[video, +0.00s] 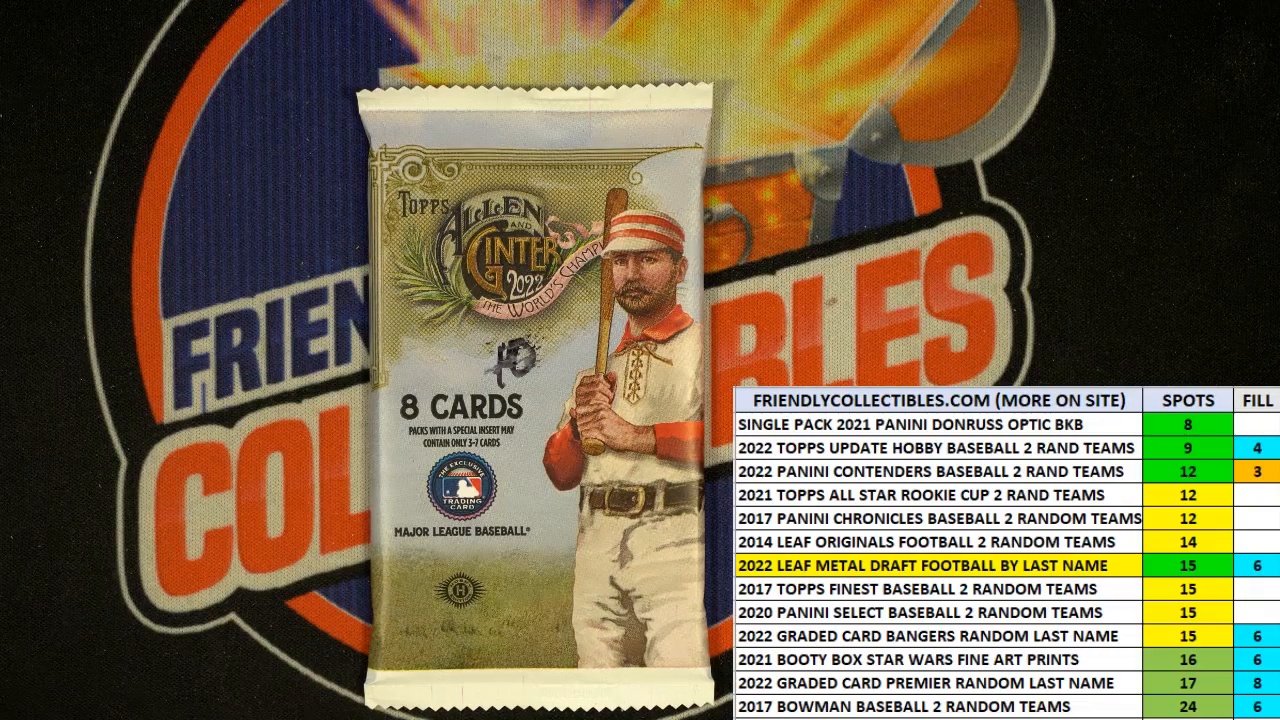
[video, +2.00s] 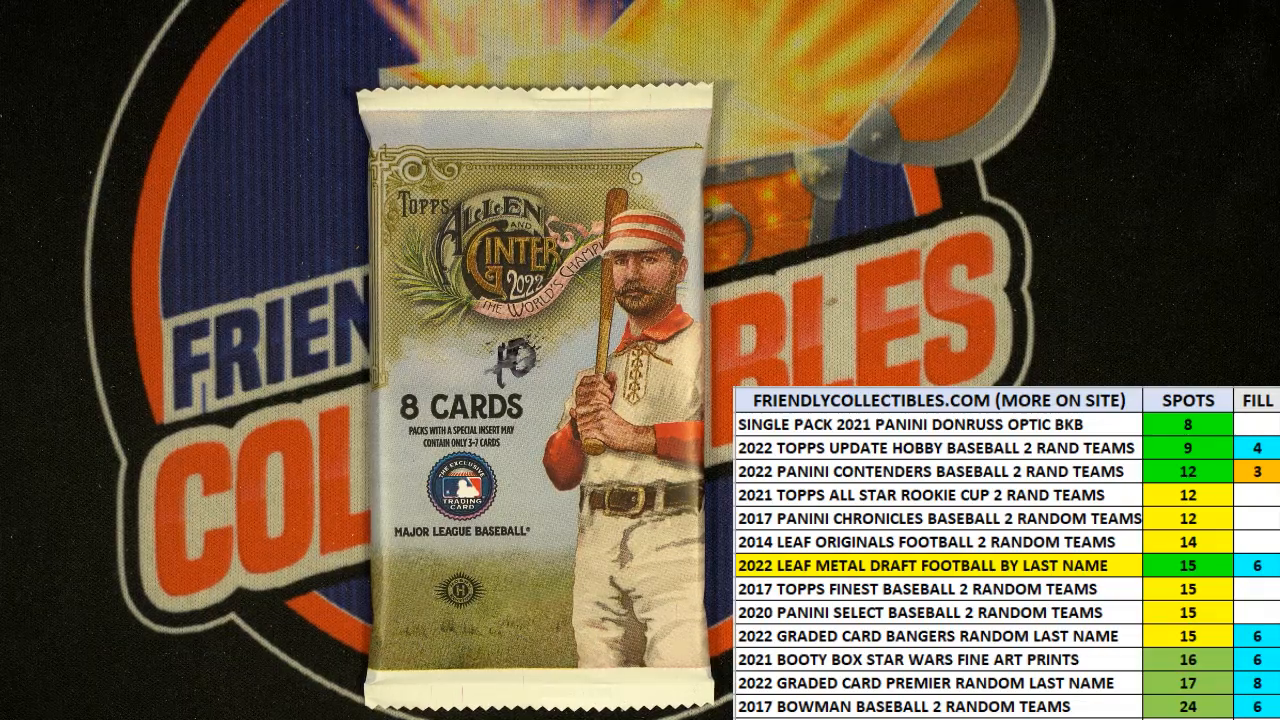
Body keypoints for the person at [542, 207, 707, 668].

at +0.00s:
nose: (631, 274)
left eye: (647, 259)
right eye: (620, 261)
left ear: (678, 270)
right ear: (609, 272)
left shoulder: (705, 346)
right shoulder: (604, 366)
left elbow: (724, 439)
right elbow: (560, 476)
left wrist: (633, 436)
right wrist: (577, 422)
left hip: (674, 530)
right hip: (597, 532)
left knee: (679, 689)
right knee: (601, 693)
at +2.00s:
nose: (630, 273)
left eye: (647, 259)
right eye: (620, 260)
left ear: (678, 269)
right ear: (609, 272)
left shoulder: (704, 346)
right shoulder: (604, 366)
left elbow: (724, 439)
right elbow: (561, 475)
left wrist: (635, 436)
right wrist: (576, 421)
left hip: (674, 530)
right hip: (597, 531)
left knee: (679, 686)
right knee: (600, 691)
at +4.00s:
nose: (614, 257)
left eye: (628, 239)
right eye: (601, 245)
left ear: (662, 245)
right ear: (592, 259)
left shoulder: (707, 327)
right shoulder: (604, 360)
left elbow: (740, 413)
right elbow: (577, 477)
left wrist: (647, 426)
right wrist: (585, 420)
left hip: (702, 518)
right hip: (626, 529)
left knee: (719, 675)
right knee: (656, 685)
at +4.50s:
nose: (605, 262)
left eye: (620, 243)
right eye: (589, 249)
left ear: (656, 252)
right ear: (580, 265)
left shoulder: (704, 332)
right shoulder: (599, 361)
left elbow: (743, 425)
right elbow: (570, 478)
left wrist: (644, 435)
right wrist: (575, 422)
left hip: (708, 533)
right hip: (621, 538)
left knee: (718, 678)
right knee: (643, 689)